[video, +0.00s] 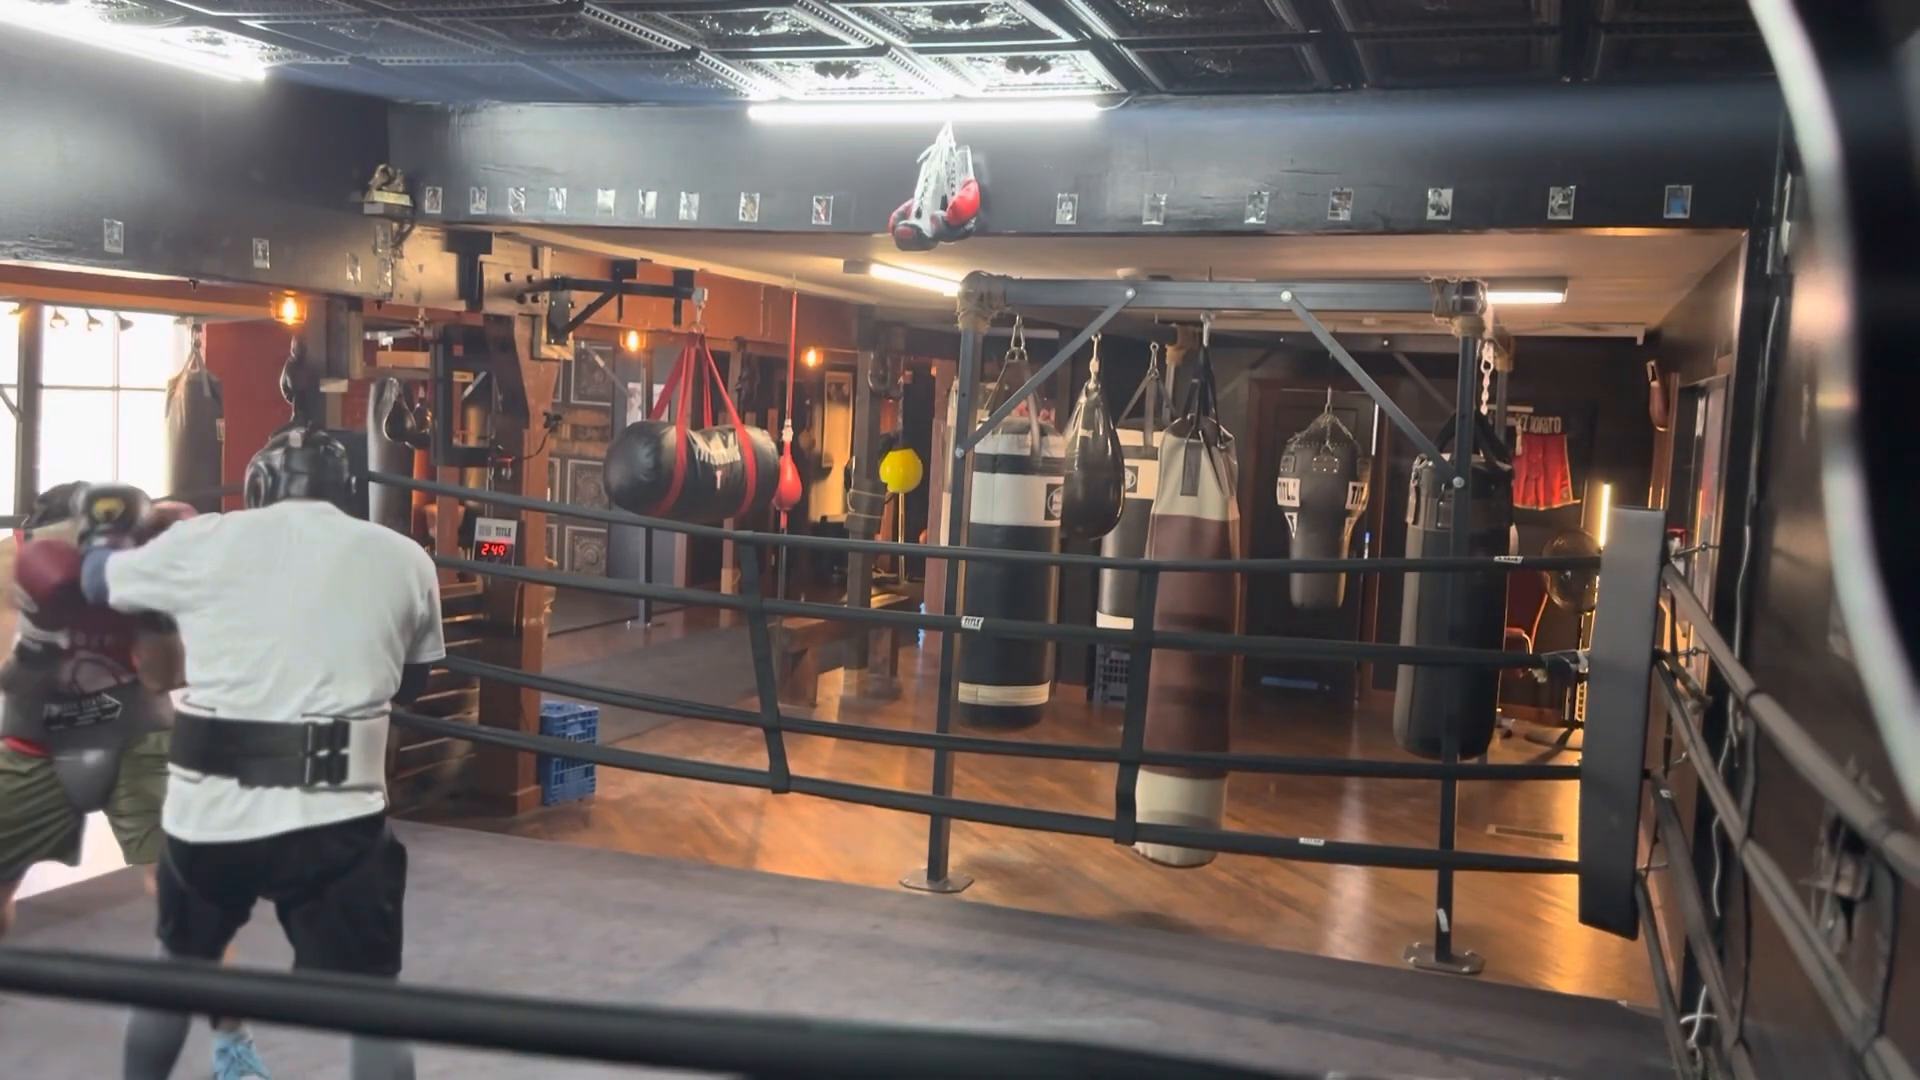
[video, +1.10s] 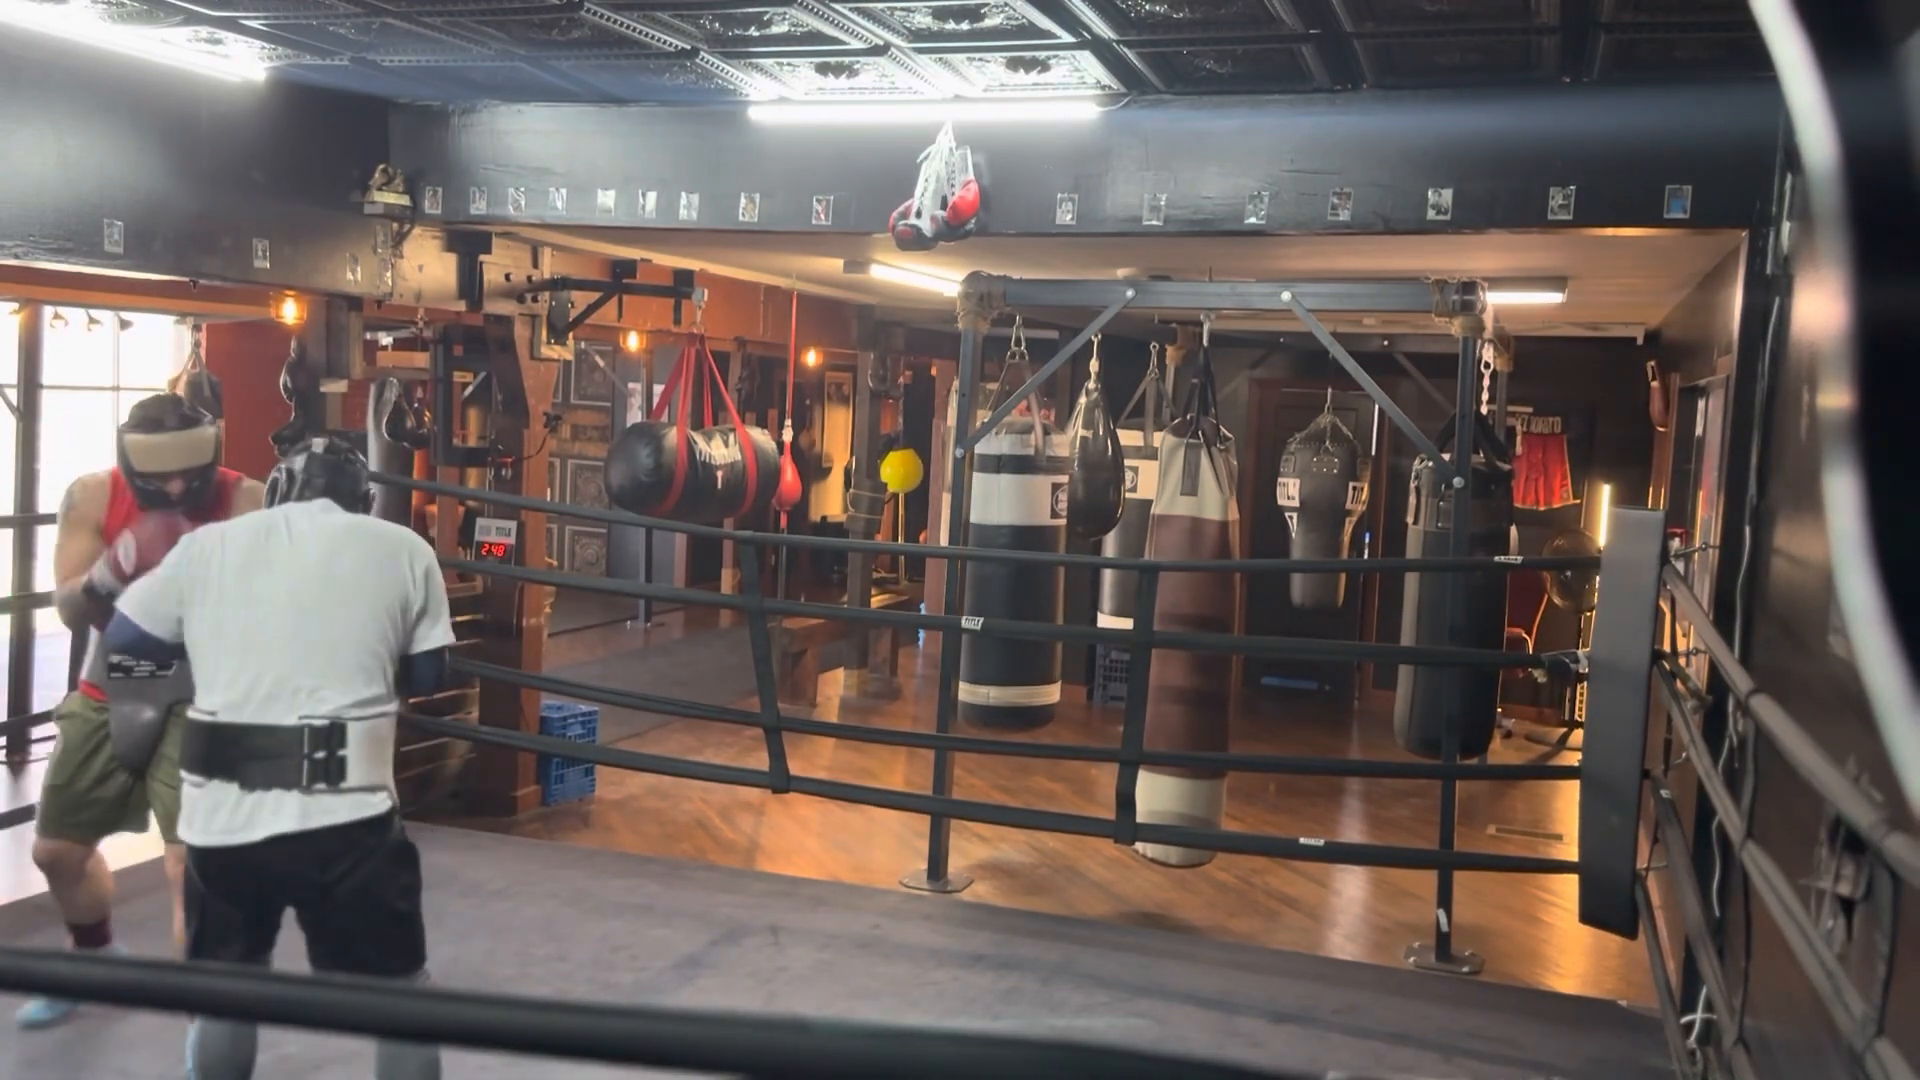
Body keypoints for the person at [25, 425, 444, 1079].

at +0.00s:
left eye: (254, 482)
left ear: (260, 486)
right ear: (348, 488)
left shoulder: (206, 542)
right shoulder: (403, 557)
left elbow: (98, 576)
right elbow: (413, 675)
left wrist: (121, 532)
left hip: (211, 824)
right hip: (339, 828)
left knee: (176, 976)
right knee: (375, 1011)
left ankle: (139, 1076)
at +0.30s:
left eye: (317, 499)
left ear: (325, 503)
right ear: (409, 512)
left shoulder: (262, 574)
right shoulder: (464, 597)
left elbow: (159, 623)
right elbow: (460, 725)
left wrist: (175, 562)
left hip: (265, 863)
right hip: (398, 865)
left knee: (222, 1007)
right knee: (463, 1034)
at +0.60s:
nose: (315, 491)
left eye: (320, 480)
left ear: (333, 483)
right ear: (418, 488)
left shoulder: (277, 560)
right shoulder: (481, 566)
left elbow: (186, 664)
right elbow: (501, 675)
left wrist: (220, 598)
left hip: (290, 837)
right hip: (418, 841)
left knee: (263, 991)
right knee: (442, 1033)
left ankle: (229, 1073)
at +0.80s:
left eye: (281, 485)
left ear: (285, 490)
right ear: (370, 491)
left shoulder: (237, 553)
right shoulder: (433, 556)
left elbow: (155, 564)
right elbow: (459, 683)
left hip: (261, 835)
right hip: (386, 832)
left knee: (241, 1001)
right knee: (424, 1026)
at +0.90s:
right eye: (369, 488)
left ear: (280, 486)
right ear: (363, 490)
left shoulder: (223, 554)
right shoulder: (402, 540)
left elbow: (149, 634)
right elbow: (434, 663)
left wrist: (100, 654)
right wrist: (362, 633)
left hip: (242, 814)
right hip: (363, 806)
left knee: (241, 990)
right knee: (431, 980)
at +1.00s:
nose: (382, 503)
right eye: (378, 493)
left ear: (291, 484)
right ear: (366, 489)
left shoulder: (222, 539)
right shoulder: (398, 531)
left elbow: (140, 618)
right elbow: (414, 651)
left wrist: (179, 690)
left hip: (236, 816)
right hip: (356, 809)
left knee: (241, 982)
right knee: (426, 972)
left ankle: (213, 1069)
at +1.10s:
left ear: (278, 489)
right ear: (364, 496)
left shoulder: (210, 546)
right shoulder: (405, 549)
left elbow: (125, 637)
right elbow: (426, 681)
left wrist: (218, 633)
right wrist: (351, 648)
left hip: (222, 824)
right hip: (348, 824)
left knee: (222, 1000)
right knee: (401, 1010)